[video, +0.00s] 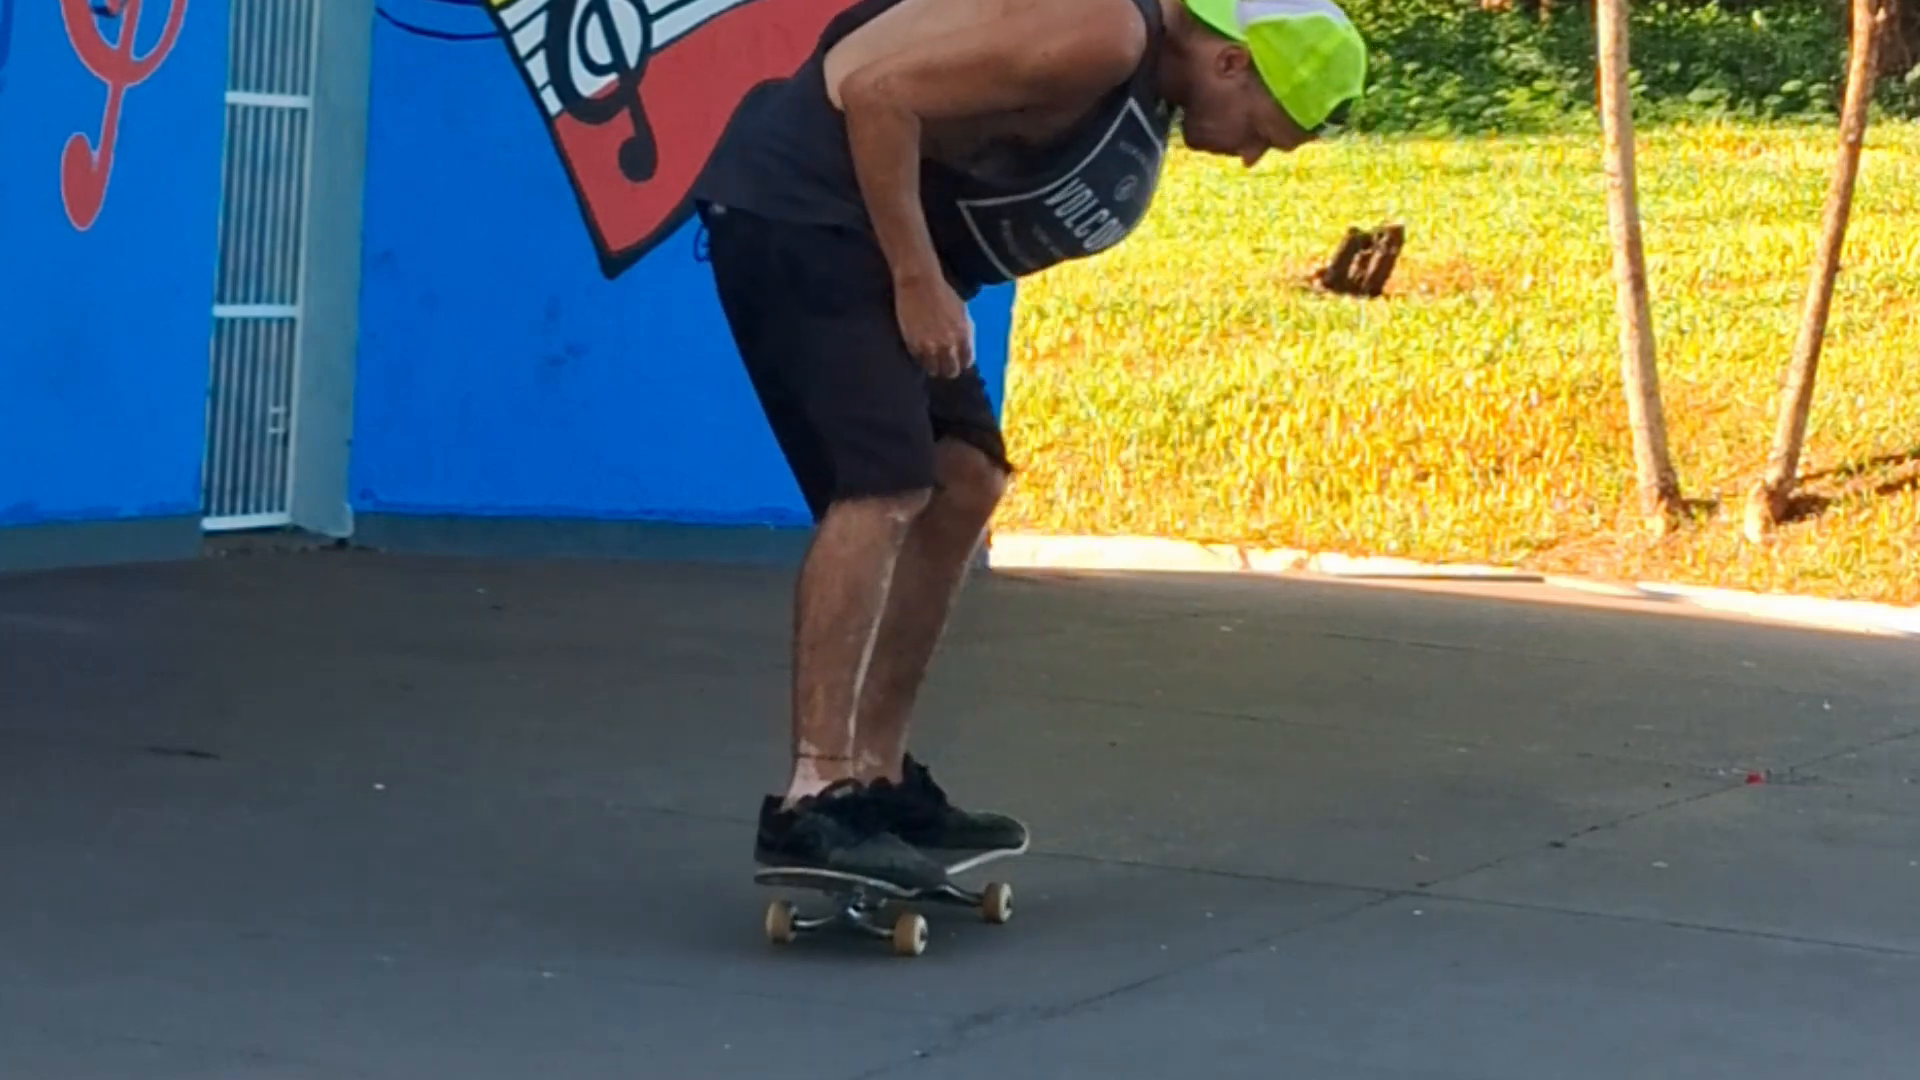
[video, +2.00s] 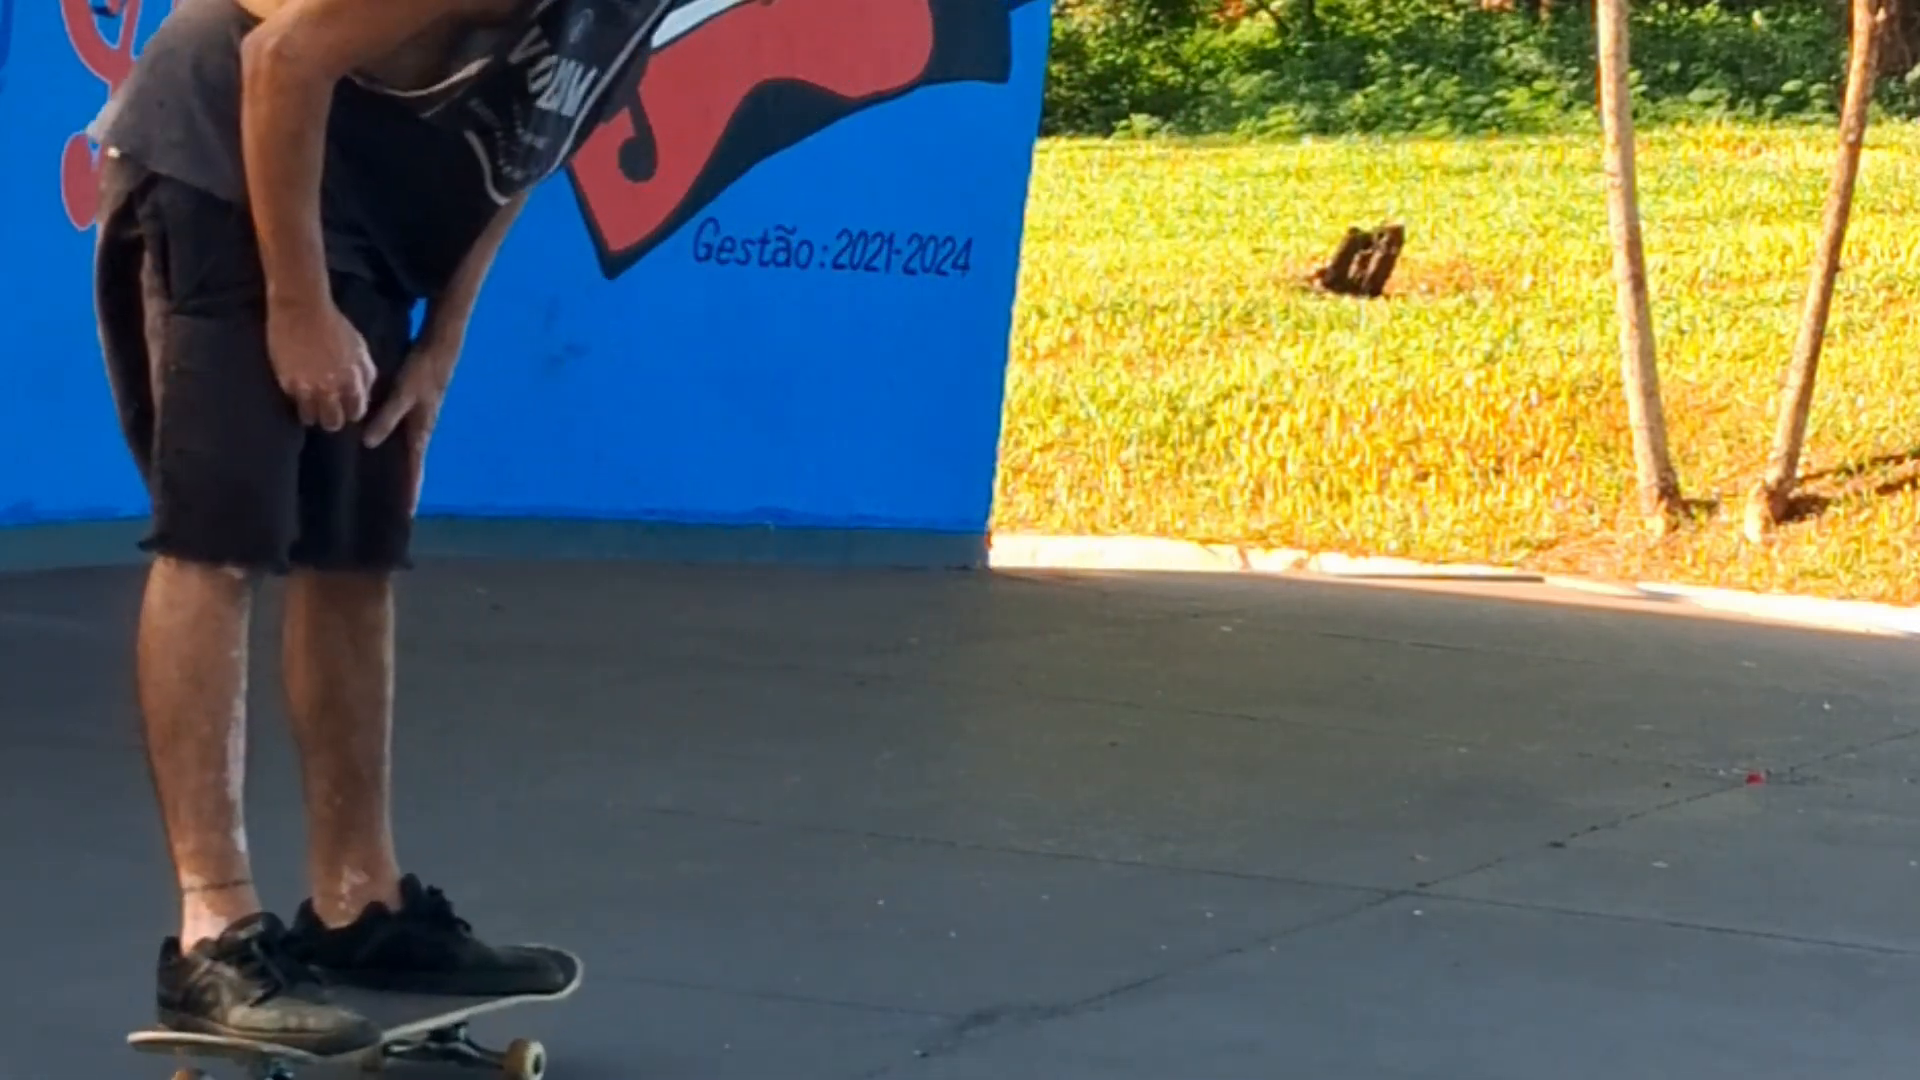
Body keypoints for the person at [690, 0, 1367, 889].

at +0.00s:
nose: (1251, 159)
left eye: (1271, 147)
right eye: (1261, 135)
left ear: (1235, 67)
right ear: (1233, 65)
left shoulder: (1143, 99)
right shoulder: (1100, 38)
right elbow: (874, 86)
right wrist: (920, 279)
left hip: (890, 238)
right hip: (798, 207)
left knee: (965, 479)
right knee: (880, 482)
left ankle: (876, 776)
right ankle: (813, 795)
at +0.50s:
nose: (1178, 92)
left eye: (1200, 82)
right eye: (1176, 65)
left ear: (1125, 7)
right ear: (1132, 1)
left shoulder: (1057, 64)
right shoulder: (970, 13)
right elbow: (755, 80)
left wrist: (810, 282)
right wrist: (772, 288)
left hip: (785, 229)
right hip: (675, 191)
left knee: (800, 484)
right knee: (717, 488)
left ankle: (771, 807)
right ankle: (693, 825)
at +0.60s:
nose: (1151, 89)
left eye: (1170, 79)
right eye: (1155, 63)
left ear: (1101, 11)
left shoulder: (1006, 50)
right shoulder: (943, 12)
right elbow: (731, 77)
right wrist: (742, 291)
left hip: (758, 229)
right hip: (655, 195)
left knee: (760, 497)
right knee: (676, 496)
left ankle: (748, 814)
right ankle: (667, 832)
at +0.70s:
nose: (1132, 83)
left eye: (1149, 73)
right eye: (1132, 58)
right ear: (1089, 2)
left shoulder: (1006, 69)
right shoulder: (921, 12)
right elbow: (704, 81)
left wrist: (754, 290)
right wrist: (711, 296)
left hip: (731, 231)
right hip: (627, 198)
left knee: (727, 506)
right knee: (642, 502)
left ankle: (724, 818)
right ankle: (640, 838)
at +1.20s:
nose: (1014, 23)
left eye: (1026, 20)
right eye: (1012, 6)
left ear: (993, 17)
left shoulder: (907, 51)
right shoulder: (771, 4)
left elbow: (723, 143)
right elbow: (550, 67)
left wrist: (685, 311)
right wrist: (557, 294)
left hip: (609, 225)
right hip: (479, 178)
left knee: (590, 521)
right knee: (485, 512)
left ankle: (603, 854)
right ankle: (499, 874)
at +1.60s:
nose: (879, 7)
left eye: (889, 5)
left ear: (853, 3)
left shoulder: (761, 19)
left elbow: (637, 168)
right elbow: (416, 63)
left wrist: (560, 340)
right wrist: (432, 297)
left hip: (489, 231)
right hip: (351, 183)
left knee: (468, 533)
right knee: (355, 528)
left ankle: (490, 878)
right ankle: (368, 901)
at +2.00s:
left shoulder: (631, 21)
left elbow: (518, 154)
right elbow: (283, 55)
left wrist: (441, 334)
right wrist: (299, 303)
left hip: (386, 202)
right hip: (227, 155)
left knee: (356, 542)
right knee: (213, 540)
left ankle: (358, 908)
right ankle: (214, 941)